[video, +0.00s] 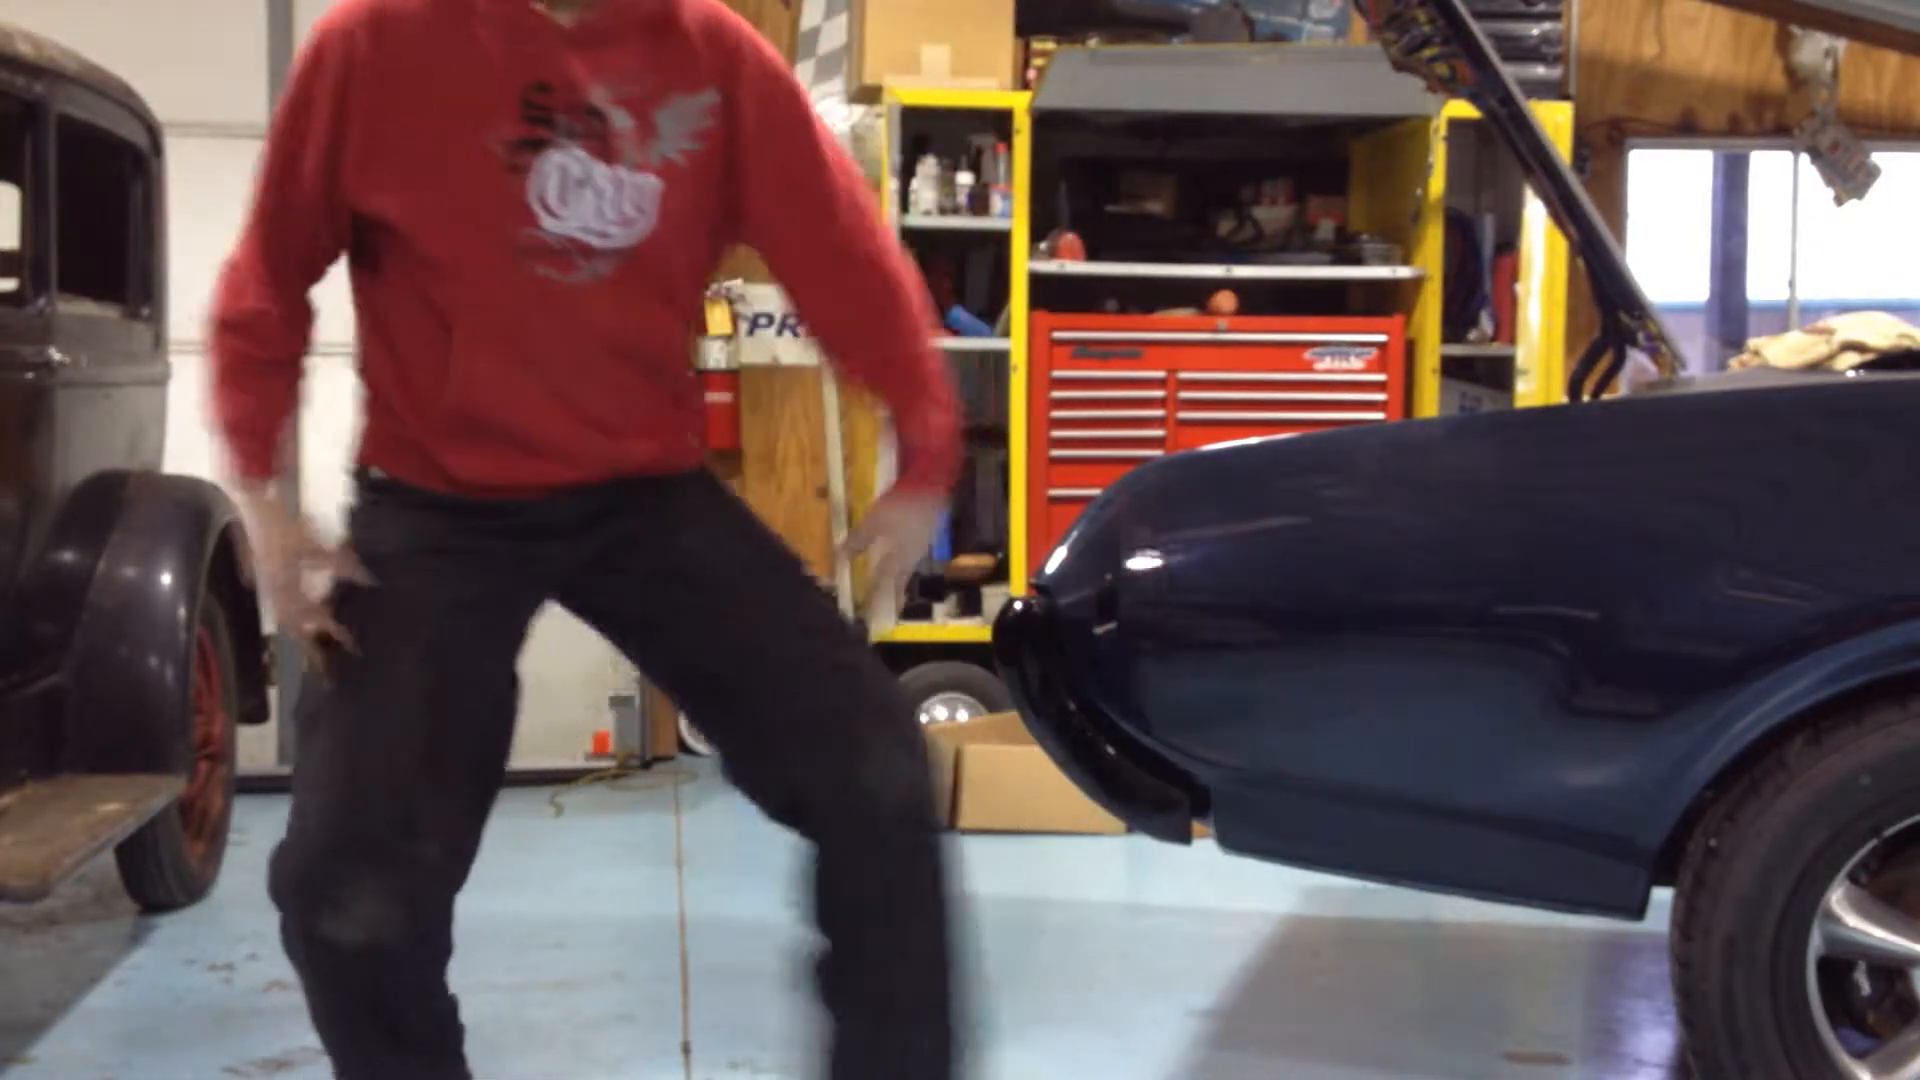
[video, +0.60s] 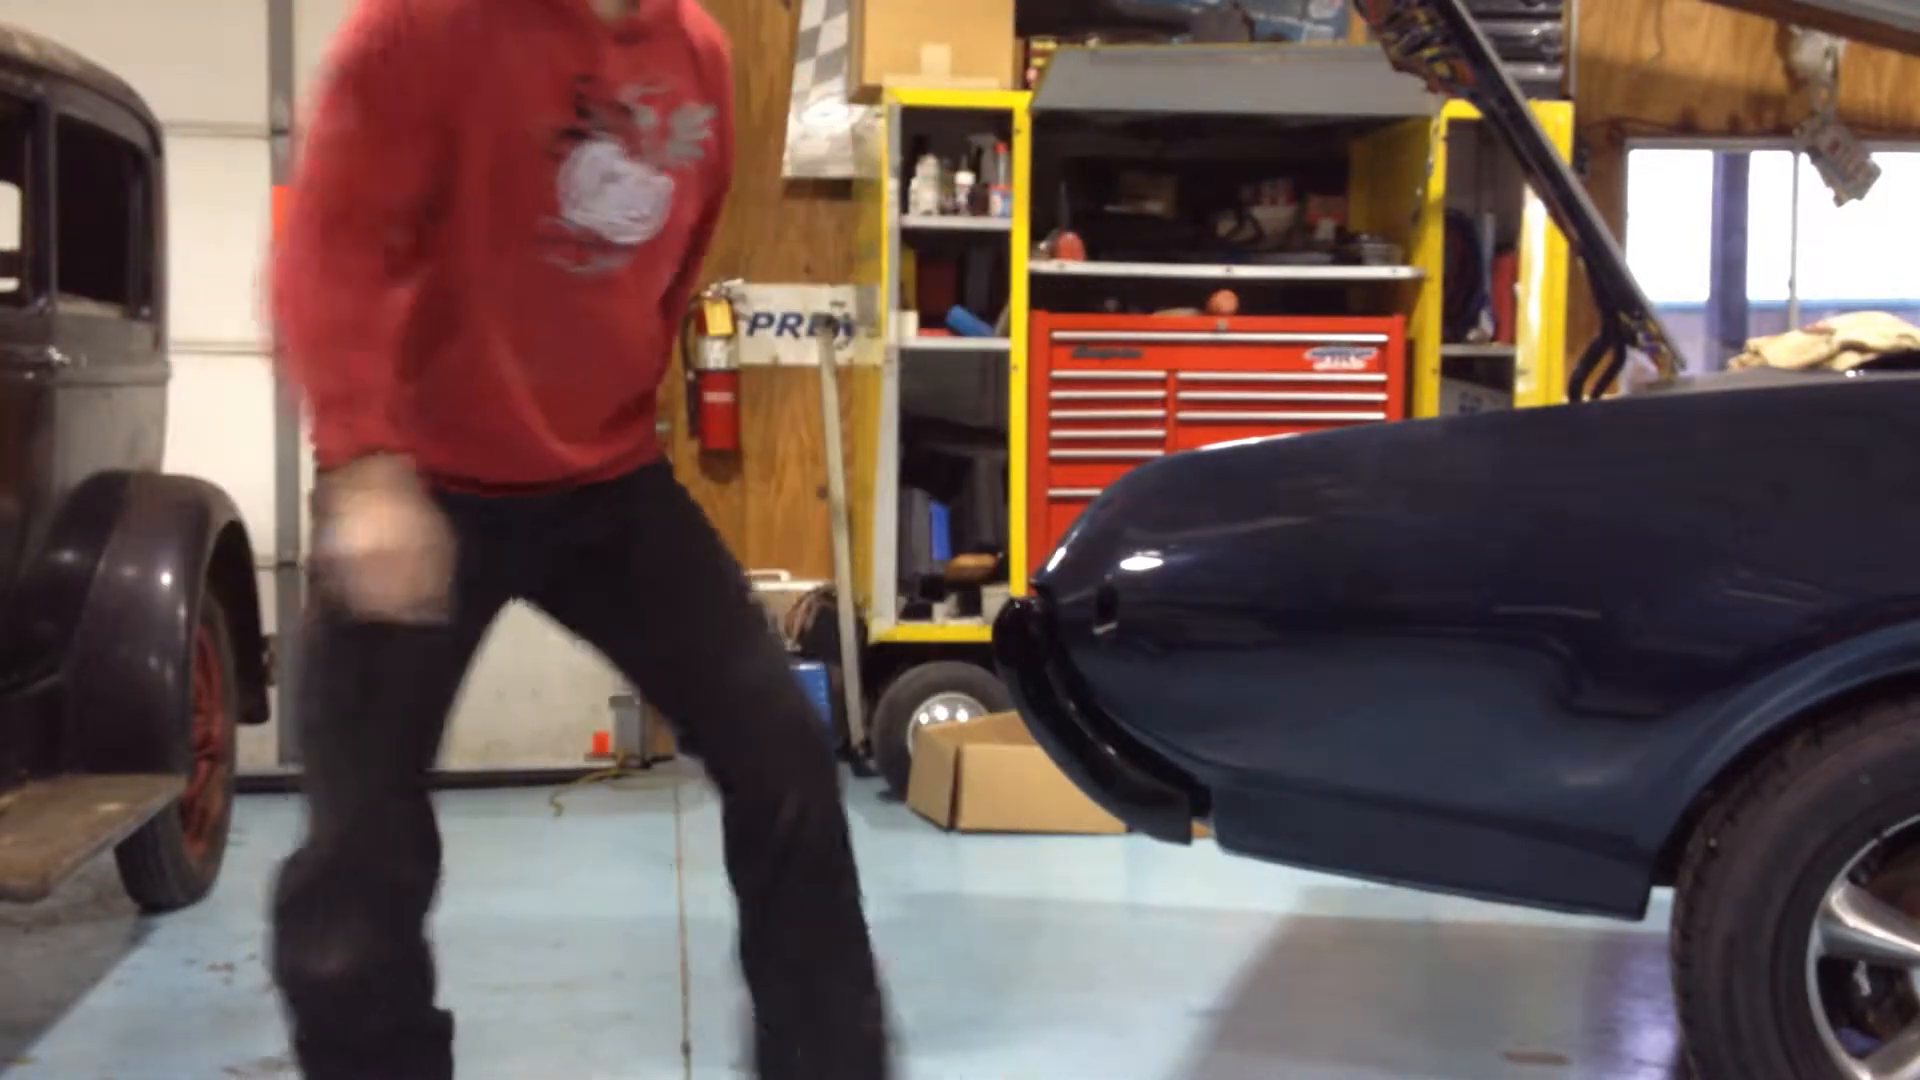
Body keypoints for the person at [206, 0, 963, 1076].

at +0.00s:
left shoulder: (713, 55)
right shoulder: (375, 41)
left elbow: (845, 254)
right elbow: (265, 272)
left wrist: (924, 465)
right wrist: (260, 497)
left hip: (651, 500)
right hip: (433, 513)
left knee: (876, 780)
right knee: (351, 896)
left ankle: (893, 1067)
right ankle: (413, 1073)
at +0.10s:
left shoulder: (687, 36)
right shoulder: (342, 25)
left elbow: (837, 193)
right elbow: (258, 259)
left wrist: (1008, 354)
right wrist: (215, 489)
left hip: (607, 484)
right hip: (404, 487)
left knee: (789, 762)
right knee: (380, 905)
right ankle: (351, 1029)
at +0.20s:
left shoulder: (663, 32)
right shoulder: (316, 28)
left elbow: (825, 149)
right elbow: (240, 254)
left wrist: (1026, 267)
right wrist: (235, 485)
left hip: (586, 473)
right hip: (383, 479)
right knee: (375, 880)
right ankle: (295, 1059)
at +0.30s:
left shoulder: (649, 39)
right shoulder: (300, 28)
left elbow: (778, 202)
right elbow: (215, 246)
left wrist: (961, 310)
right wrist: (261, 452)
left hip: (584, 463)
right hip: (383, 480)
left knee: (815, 658)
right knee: (374, 861)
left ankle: (564, 925)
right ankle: (309, 1064)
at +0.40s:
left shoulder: (631, 41)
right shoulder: (307, 28)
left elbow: (725, 263)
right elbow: (212, 260)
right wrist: (185, 489)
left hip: (596, 468)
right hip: (387, 491)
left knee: (821, 682)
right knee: (355, 908)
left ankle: (657, 953)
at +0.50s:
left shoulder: (660, 45)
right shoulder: (351, 26)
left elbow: (660, 269)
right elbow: (265, 256)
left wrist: (620, 450)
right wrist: (212, 508)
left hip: (596, 482)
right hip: (381, 486)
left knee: (755, 822)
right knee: (350, 898)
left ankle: (875, 1063)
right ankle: (393, 1068)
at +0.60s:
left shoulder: (694, 50)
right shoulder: (420, 28)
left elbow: (668, 279)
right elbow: (328, 240)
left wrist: (609, 438)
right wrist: (363, 462)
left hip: (608, 486)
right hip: (416, 494)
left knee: (782, 752)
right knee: (359, 852)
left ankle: (828, 1063)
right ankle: (375, 1064)